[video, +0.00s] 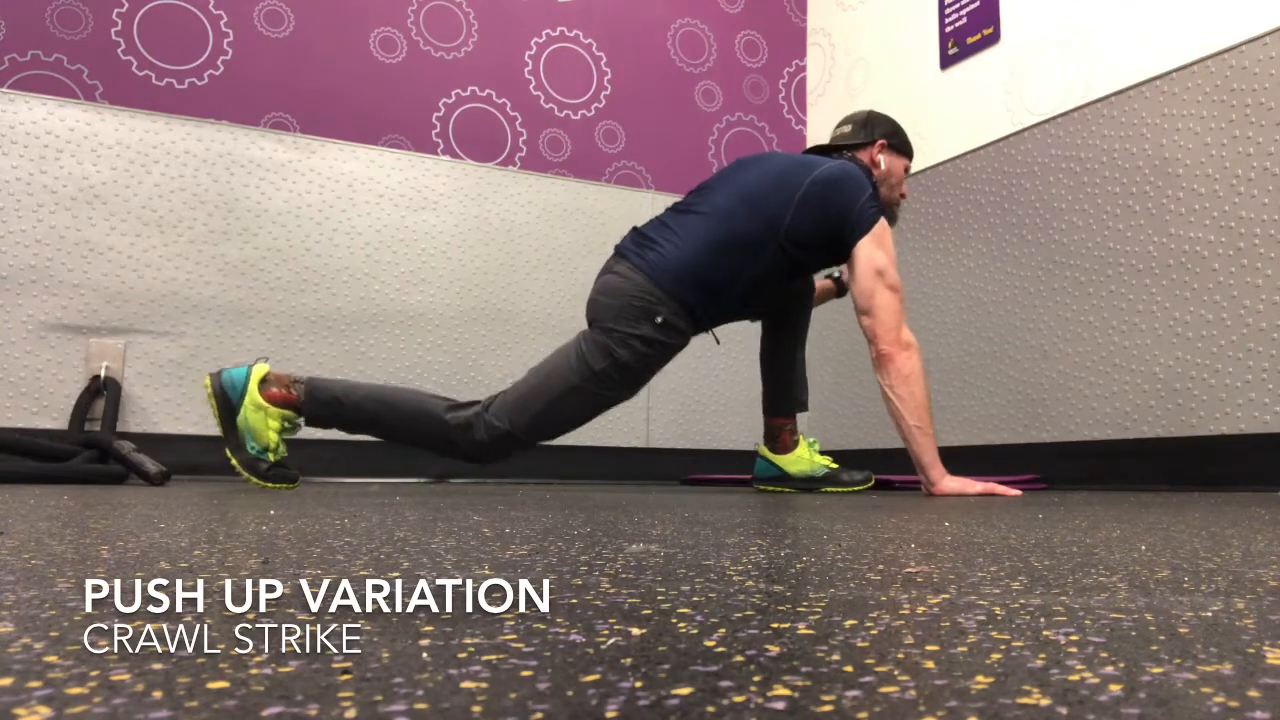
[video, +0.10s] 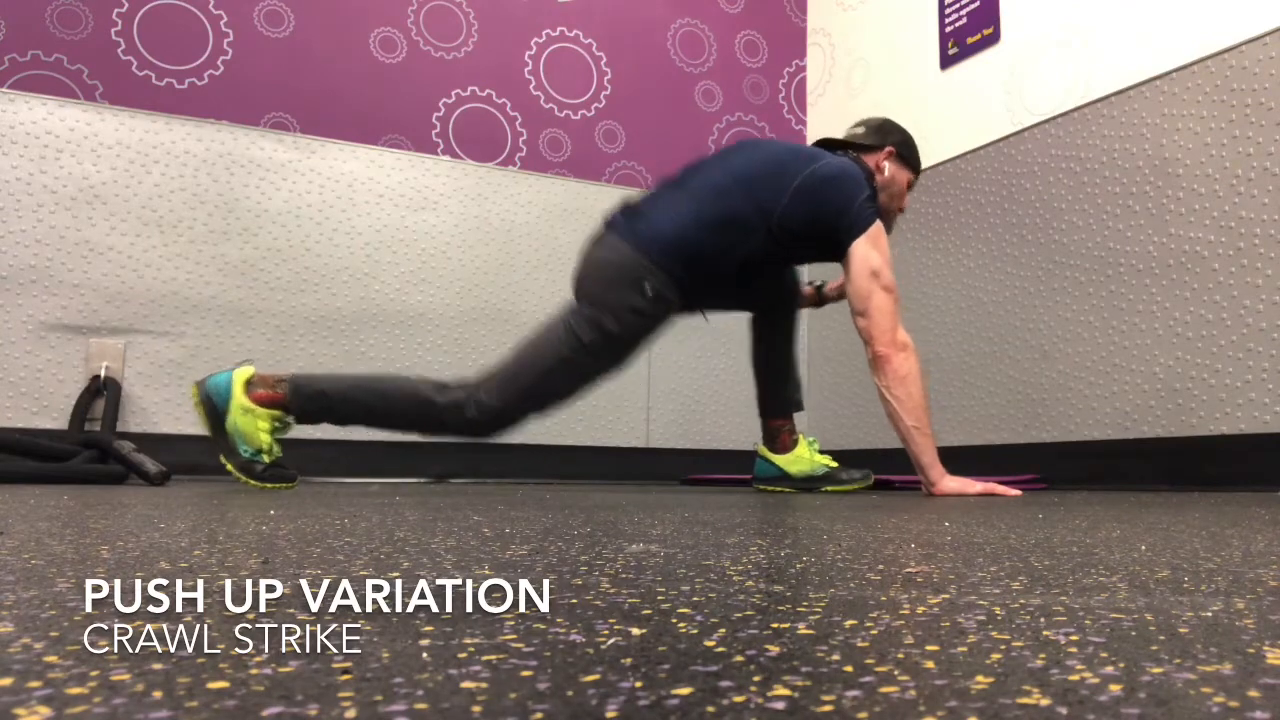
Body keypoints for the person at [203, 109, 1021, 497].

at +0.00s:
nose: (904, 191)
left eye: (906, 178)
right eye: (904, 176)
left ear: (846, 146)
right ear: (875, 157)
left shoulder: (787, 175)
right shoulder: (860, 194)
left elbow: (754, 273)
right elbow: (892, 350)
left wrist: (823, 283)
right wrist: (935, 474)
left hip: (637, 276)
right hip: (653, 306)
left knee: (793, 285)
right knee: (487, 432)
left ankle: (786, 448)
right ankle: (279, 394)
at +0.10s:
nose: (900, 206)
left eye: (905, 194)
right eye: (904, 192)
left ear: (856, 151)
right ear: (883, 167)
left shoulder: (784, 166)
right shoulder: (856, 193)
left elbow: (741, 247)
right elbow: (887, 348)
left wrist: (817, 286)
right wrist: (934, 471)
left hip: (632, 250)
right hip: (642, 276)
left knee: (780, 276)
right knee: (476, 410)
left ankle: (786, 449)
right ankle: (261, 394)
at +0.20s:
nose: (893, 224)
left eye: (898, 212)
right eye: (899, 207)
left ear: (863, 165)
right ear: (880, 181)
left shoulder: (792, 167)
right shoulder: (847, 197)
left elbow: (734, 260)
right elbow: (882, 347)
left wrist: (810, 307)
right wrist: (934, 471)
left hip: (633, 213)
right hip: (616, 227)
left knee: (744, 277)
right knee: (458, 364)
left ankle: (755, 446)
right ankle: (239, 397)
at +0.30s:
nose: (888, 239)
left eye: (893, 227)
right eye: (897, 223)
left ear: (864, 170)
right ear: (884, 191)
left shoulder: (786, 171)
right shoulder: (846, 201)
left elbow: (744, 282)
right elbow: (880, 348)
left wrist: (804, 345)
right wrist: (933, 468)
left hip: (621, 182)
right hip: (613, 178)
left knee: (721, 280)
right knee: (453, 333)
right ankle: (231, 396)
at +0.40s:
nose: (884, 256)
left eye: (893, 245)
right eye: (896, 239)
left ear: (869, 184)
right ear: (888, 204)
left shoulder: (789, 189)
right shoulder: (849, 203)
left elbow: (775, 311)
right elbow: (885, 348)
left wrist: (822, 400)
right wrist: (935, 471)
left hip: (618, 176)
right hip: (610, 166)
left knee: (626, 333)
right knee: (447, 311)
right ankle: (231, 391)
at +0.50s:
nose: (893, 270)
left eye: (903, 257)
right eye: (906, 251)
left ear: (878, 208)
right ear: (900, 216)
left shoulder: (804, 223)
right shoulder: (864, 208)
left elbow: (797, 343)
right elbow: (888, 348)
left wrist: (833, 441)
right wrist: (937, 472)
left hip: (621, 203)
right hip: (615, 174)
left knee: (513, 356)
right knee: (448, 307)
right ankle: (230, 389)